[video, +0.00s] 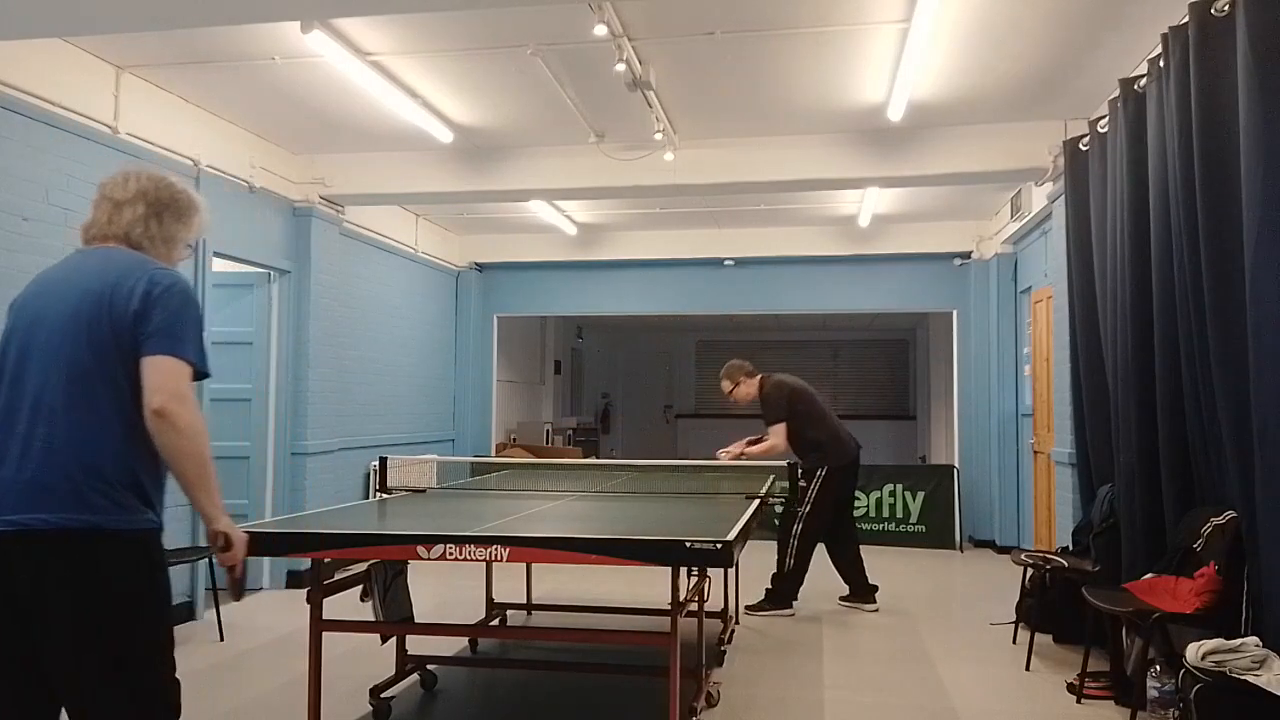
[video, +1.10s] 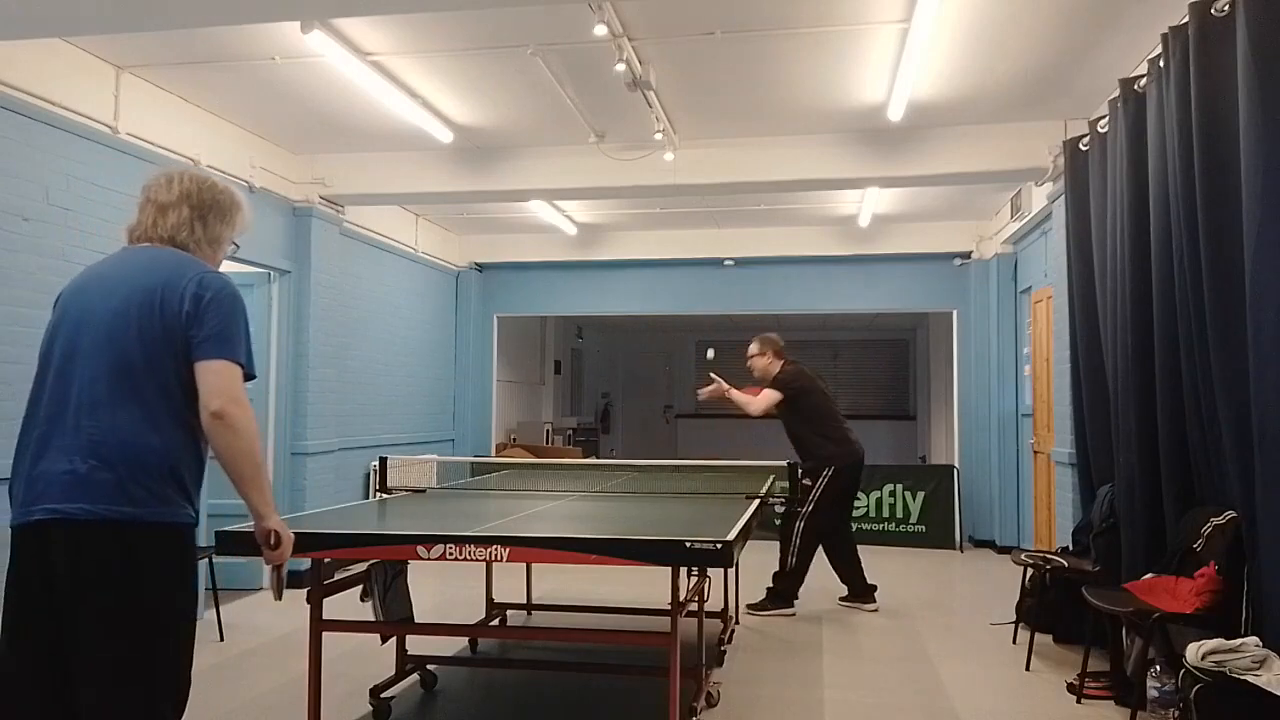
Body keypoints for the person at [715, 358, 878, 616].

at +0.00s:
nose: (734, 400)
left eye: (732, 394)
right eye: (730, 396)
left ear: (744, 381)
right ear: (746, 379)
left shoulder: (772, 390)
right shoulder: (777, 384)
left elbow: (778, 445)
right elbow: (781, 435)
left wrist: (741, 453)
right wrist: (750, 442)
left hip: (827, 461)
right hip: (842, 455)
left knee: (796, 526)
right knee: (837, 527)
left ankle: (781, 598)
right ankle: (862, 592)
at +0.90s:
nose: (729, 402)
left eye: (728, 395)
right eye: (726, 398)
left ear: (741, 385)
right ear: (745, 384)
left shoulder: (770, 396)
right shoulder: (777, 390)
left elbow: (752, 446)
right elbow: (763, 441)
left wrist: (720, 437)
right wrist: (734, 438)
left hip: (827, 463)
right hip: (842, 458)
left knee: (789, 521)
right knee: (832, 529)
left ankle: (779, 597)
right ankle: (861, 591)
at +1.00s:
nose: (738, 382)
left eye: (740, 375)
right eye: (736, 377)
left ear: (756, 369)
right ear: (758, 369)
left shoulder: (778, 386)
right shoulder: (786, 381)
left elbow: (745, 422)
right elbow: (753, 421)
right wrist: (734, 411)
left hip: (830, 464)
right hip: (843, 459)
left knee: (791, 522)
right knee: (832, 529)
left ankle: (780, 597)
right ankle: (861, 591)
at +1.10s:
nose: (748, 364)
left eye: (752, 358)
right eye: (748, 359)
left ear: (769, 355)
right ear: (772, 357)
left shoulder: (789, 376)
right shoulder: (794, 375)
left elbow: (756, 407)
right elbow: (762, 406)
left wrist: (726, 390)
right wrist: (728, 393)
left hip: (832, 462)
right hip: (842, 459)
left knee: (798, 523)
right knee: (834, 527)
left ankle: (782, 596)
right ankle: (861, 592)